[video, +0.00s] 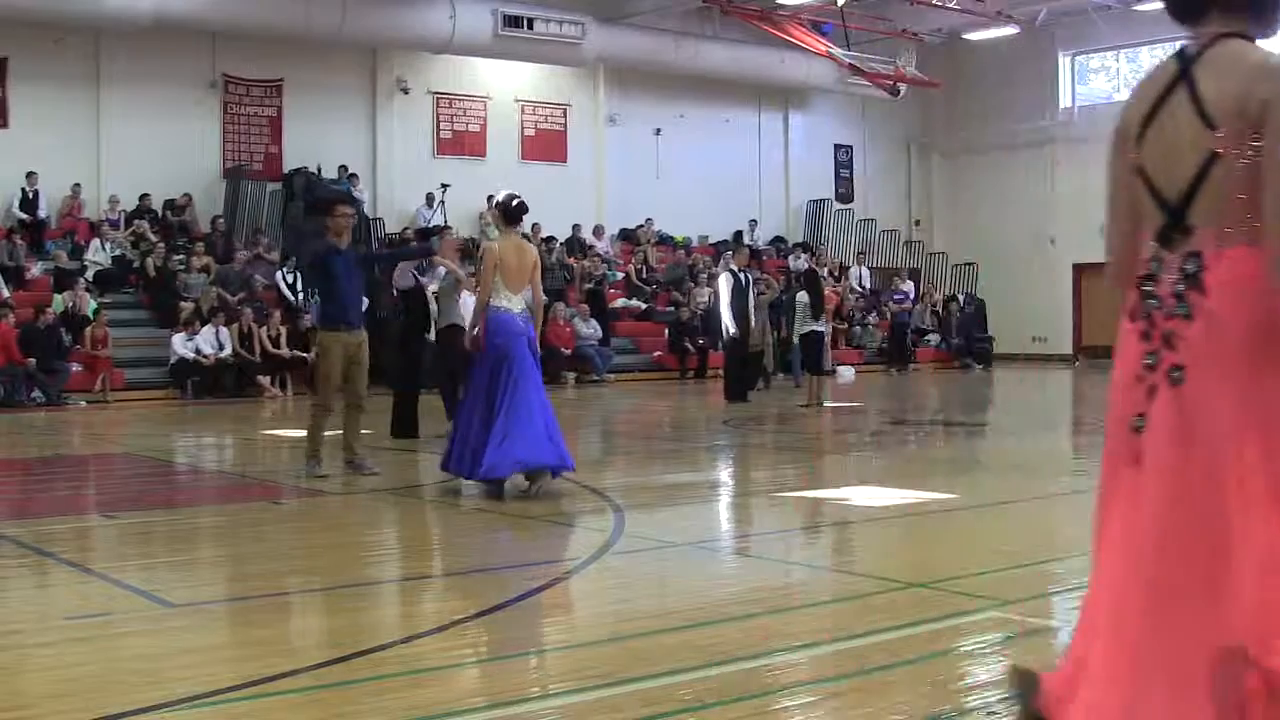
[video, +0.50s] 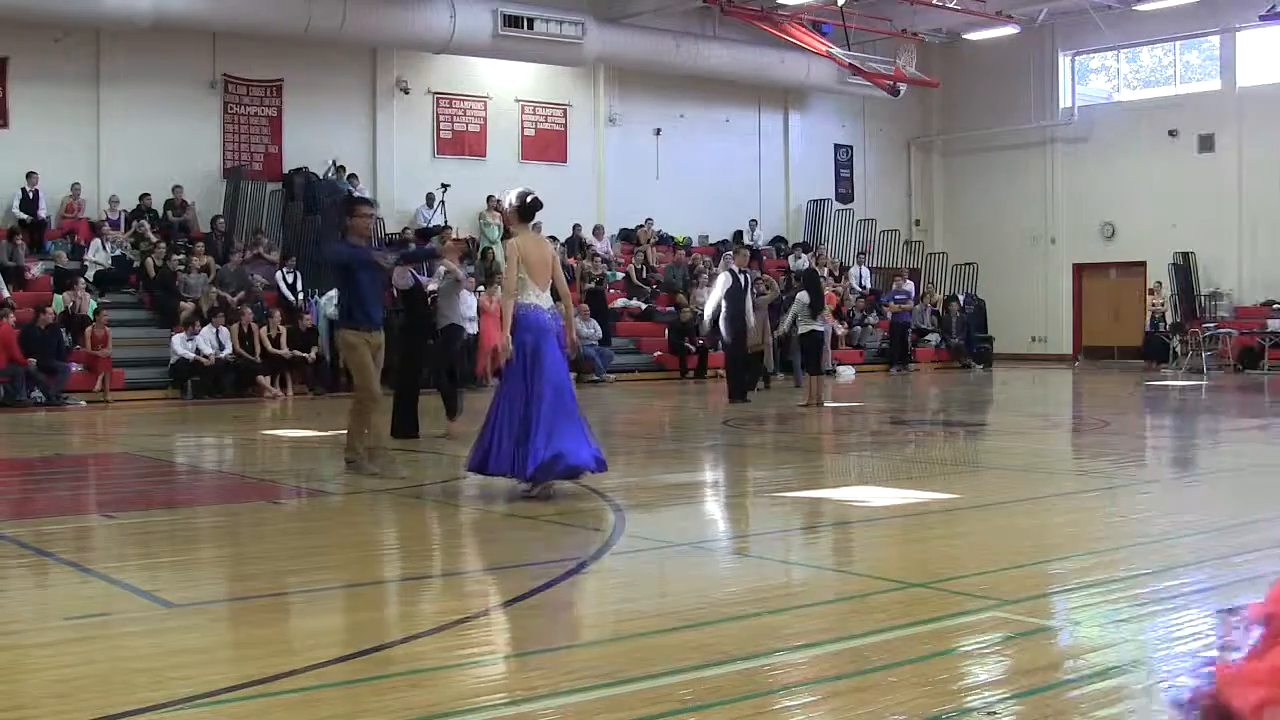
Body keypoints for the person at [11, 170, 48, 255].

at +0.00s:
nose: (35, 181)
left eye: (36, 179)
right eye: (33, 179)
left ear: (37, 180)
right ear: (27, 180)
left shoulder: (39, 193)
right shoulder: (20, 192)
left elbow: (42, 209)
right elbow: (14, 209)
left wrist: (40, 216)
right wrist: (25, 217)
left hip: (36, 217)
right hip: (24, 218)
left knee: (42, 224)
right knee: (33, 227)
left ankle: (40, 247)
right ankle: (33, 247)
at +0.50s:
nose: (37, 181)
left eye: (37, 178)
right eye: (34, 178)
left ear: (38, 180)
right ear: (28, 179)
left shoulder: (39, 192)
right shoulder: (20, 192)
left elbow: (42, 208)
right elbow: (15, 209)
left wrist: (42, 216)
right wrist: (26, 217)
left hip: (36, 217)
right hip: (25, 218)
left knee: (42, 224)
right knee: (32, 226)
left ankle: (40, 247)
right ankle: (32, 247)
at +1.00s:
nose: (37, 181)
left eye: (37, 178)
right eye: (34, 178)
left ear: (37, 180)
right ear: (29, 179)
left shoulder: (39, 193)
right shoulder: (20, 192)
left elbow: (42, 208)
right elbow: (15, 209)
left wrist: (42, 216)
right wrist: (25, 217)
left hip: (36, 217)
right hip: (25, 217)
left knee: (42, 224)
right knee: (34, 226)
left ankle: (40, 247)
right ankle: (33, 248)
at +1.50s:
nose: (36, 181)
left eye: (37, 178)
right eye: (34, 178)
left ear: (38, 180)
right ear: (28, 179)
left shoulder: (39, 193)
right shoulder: (20, 192)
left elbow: (42, 208)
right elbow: (15, 209)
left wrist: (41, 216)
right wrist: (25, 217)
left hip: (36, 217)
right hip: (25, 217)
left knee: (42, 223)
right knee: (33, 226)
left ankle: (40, 248)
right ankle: (32, 248)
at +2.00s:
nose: (36, 181)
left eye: (37, 179)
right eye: (34, 178)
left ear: (38, 180)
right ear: (28, 179)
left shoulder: (39, 193)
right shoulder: (20, 192)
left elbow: (42, 208)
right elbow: (15, 209)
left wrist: (42, 216)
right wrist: (25, 217)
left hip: (36, 217)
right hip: (24, 217)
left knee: (43, 223)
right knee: (33, 226)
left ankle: (39, 248)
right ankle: (32, 249)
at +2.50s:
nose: (37, 181)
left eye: (37, 179)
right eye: (34, 179)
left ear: (38, 180)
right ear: (28, 180)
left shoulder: (39, 193)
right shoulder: (20, 192)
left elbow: (42, 208)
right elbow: (14, 209)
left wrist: (41, 215)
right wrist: (25, 217)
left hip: (36, 216)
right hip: (24, 217)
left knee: (42, 224)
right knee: (34, 227)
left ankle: (39, 248)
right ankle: (32, 248)